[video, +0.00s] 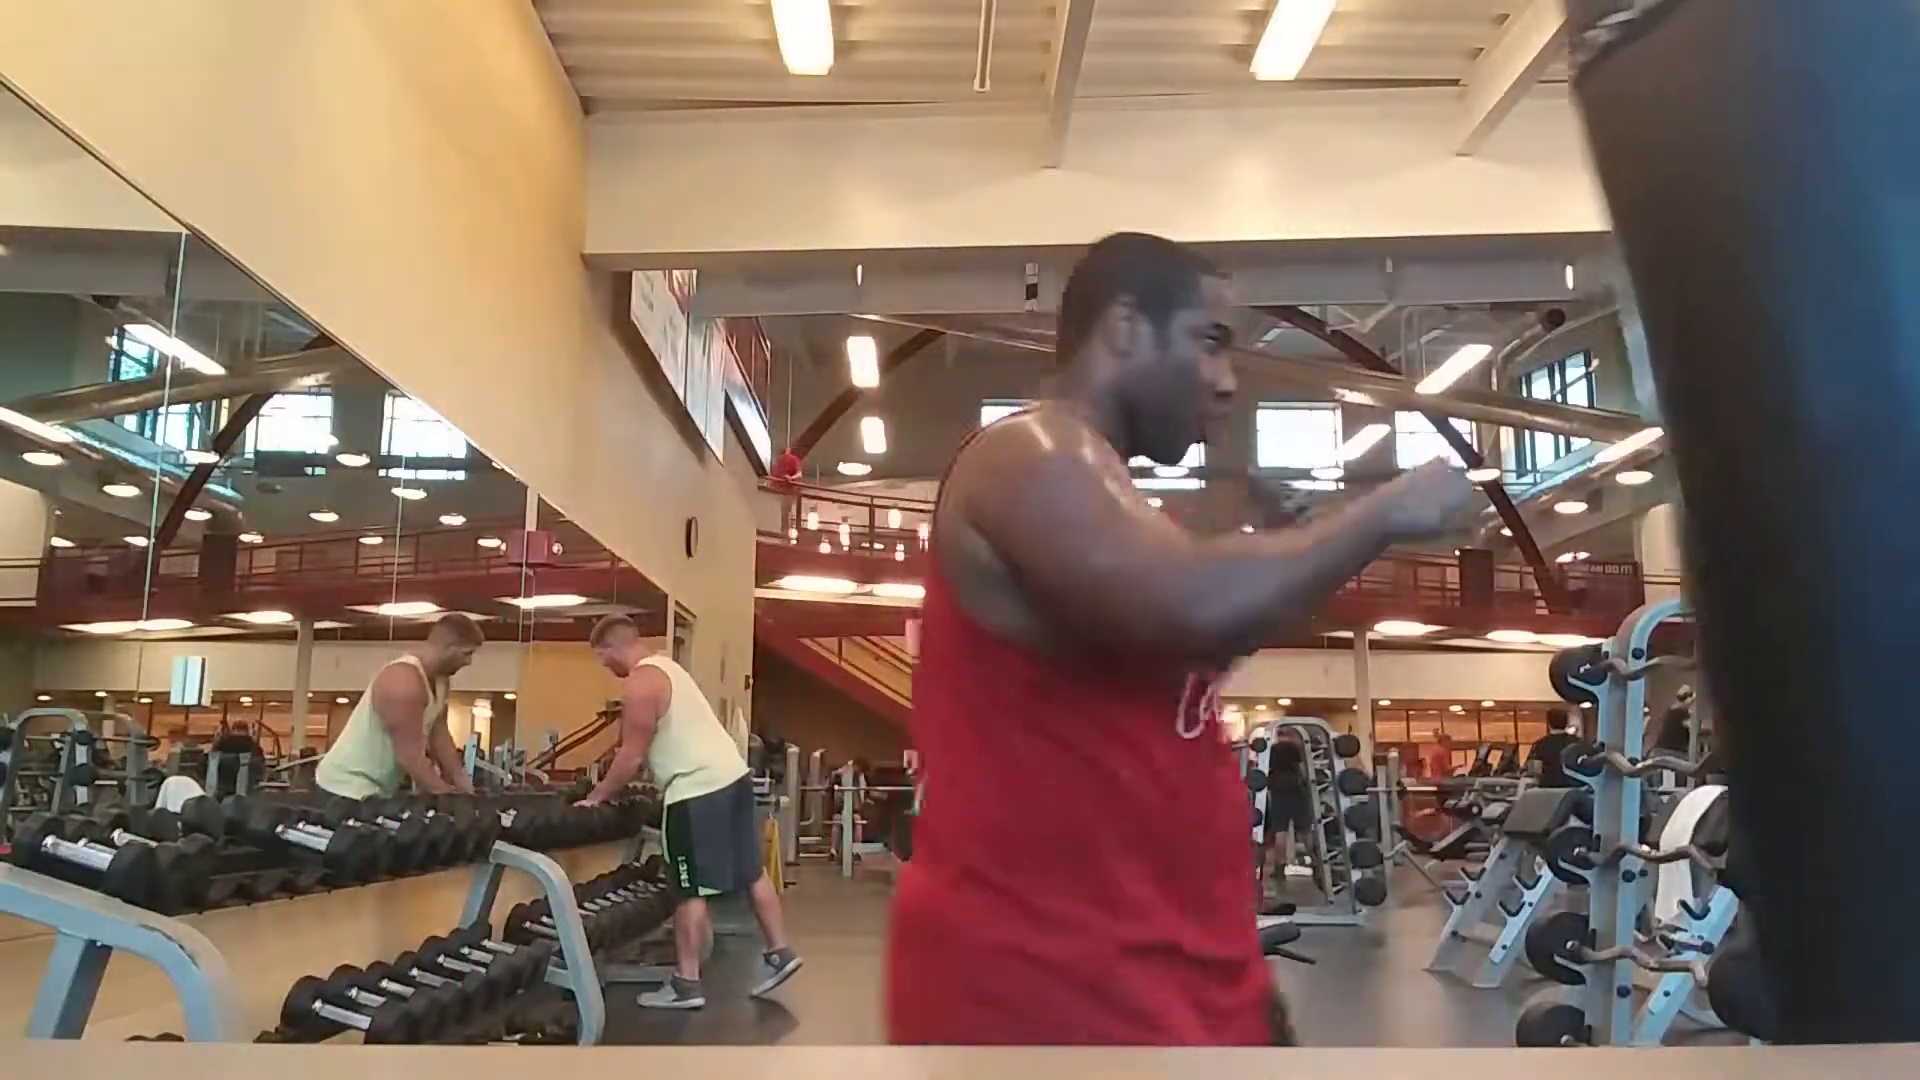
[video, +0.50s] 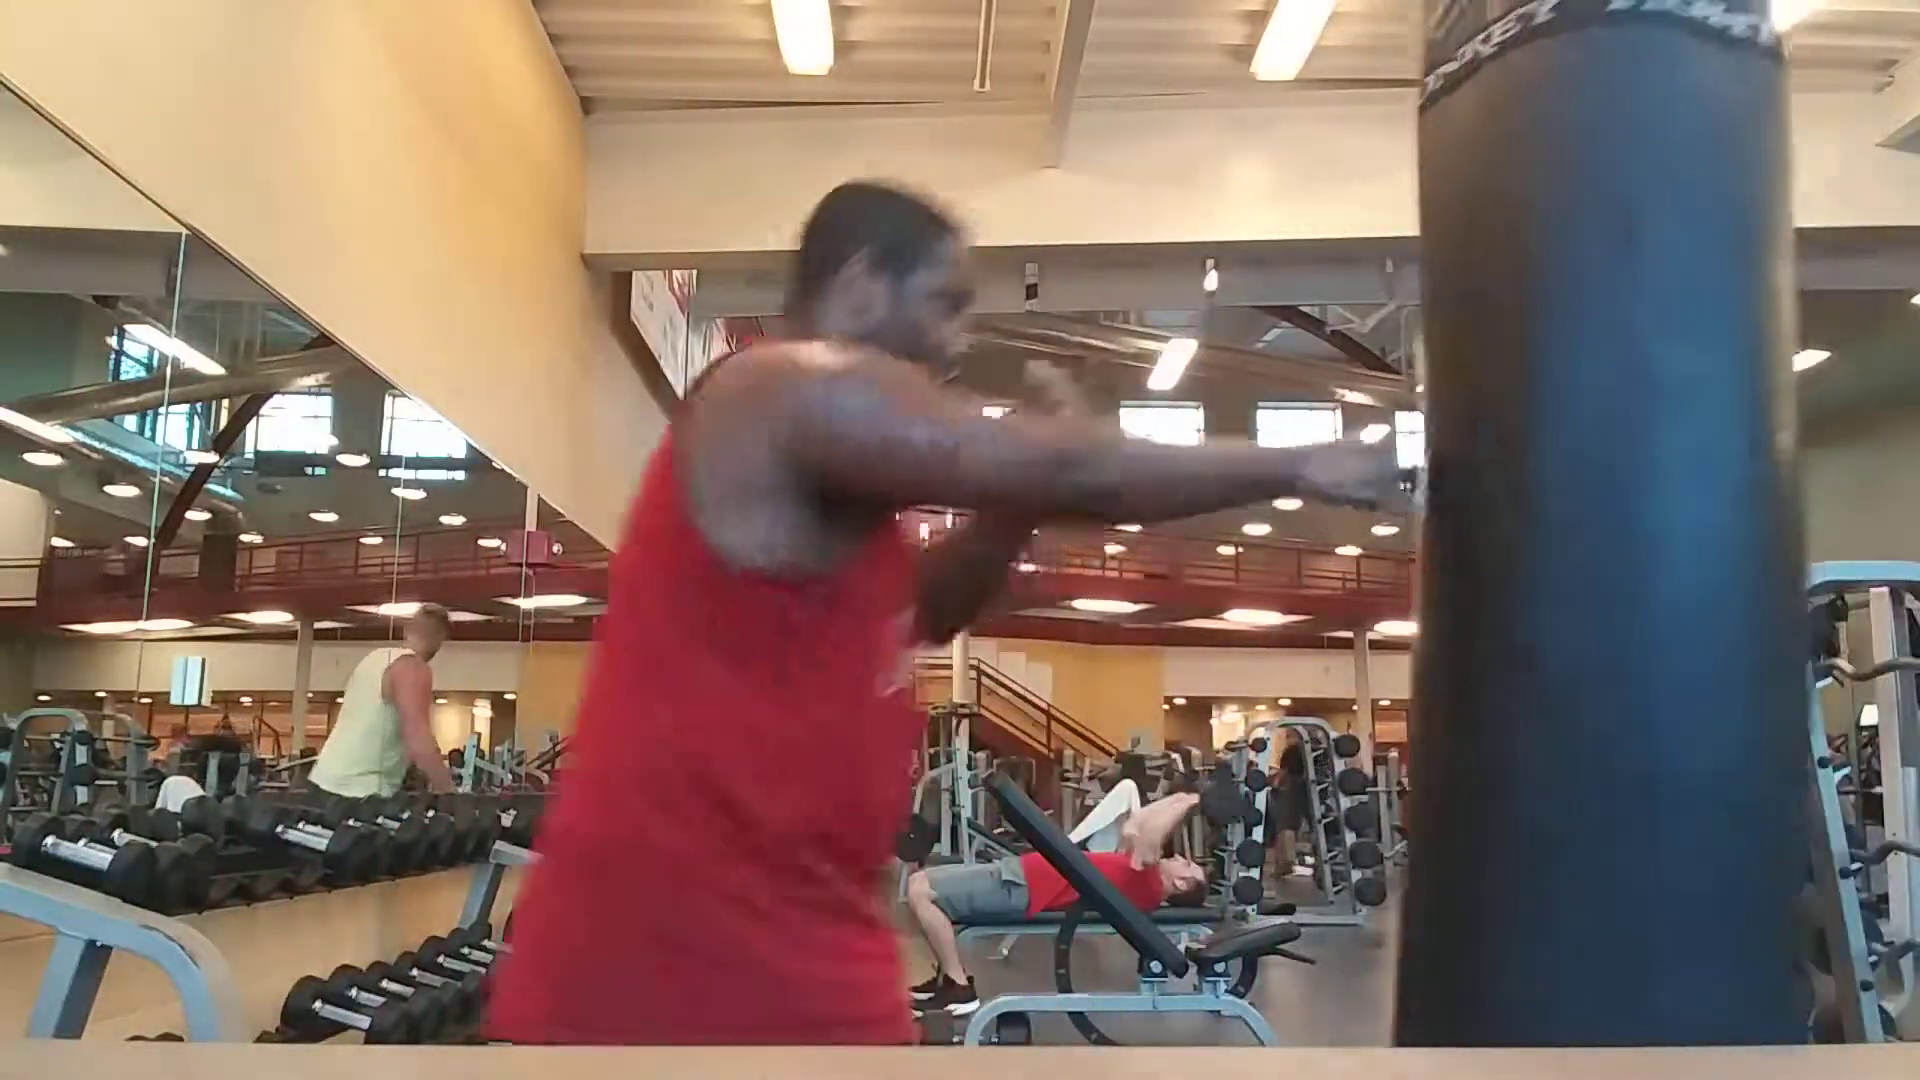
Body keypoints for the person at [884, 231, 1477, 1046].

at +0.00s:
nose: (1227, 381)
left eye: (1227, 350)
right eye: (1210, 341)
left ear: (1131, 336)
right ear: (1124, 330)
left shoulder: (1109, 488)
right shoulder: (1030, 456)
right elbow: (1184, 606)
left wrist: (1342, 513)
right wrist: (1379, 515)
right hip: (1062, 990)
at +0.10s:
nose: (1192, 358)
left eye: (1193, 330)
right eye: (1175, 321)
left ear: (1086, 319)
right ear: (1087, 311)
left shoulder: (1074, 450)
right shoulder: (1011, 427)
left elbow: (1219, 576)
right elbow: (1200, 554)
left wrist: (1347, 491)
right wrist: (1433, 481)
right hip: (996, 968)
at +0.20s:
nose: (1163, 312)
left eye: (1160, 282)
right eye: (1144, 275)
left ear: (1047, 268)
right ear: (1052, 263)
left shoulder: (968, 387)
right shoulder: (982, 373)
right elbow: (1203, 502)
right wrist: (1466, 476)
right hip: (931, 946)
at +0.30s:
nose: (1116, 279)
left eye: (1114, 246)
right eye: (1096, 237)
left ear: (998, 236)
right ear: (1003, 228)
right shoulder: (928, 344)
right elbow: (1159, 478)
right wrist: (1413, 489)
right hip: (865, 928)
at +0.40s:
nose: (1036, 294)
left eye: (1037, 265)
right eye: (1024, 256)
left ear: (928, 244)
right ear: (934, 240)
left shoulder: (888, 385)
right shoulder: (857, 354)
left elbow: (970, 600)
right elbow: (1125, 460)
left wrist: (1062, 496)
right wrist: (1378, 480)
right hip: (780, 926)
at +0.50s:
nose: (957, 341)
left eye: (961, 314)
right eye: (943, 306)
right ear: (855, 282)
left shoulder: (814, 442)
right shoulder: (777, 390)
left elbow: (926, 608)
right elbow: (1060, 467)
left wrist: (1013, 493)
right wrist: (1294, 467)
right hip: (703, 956)